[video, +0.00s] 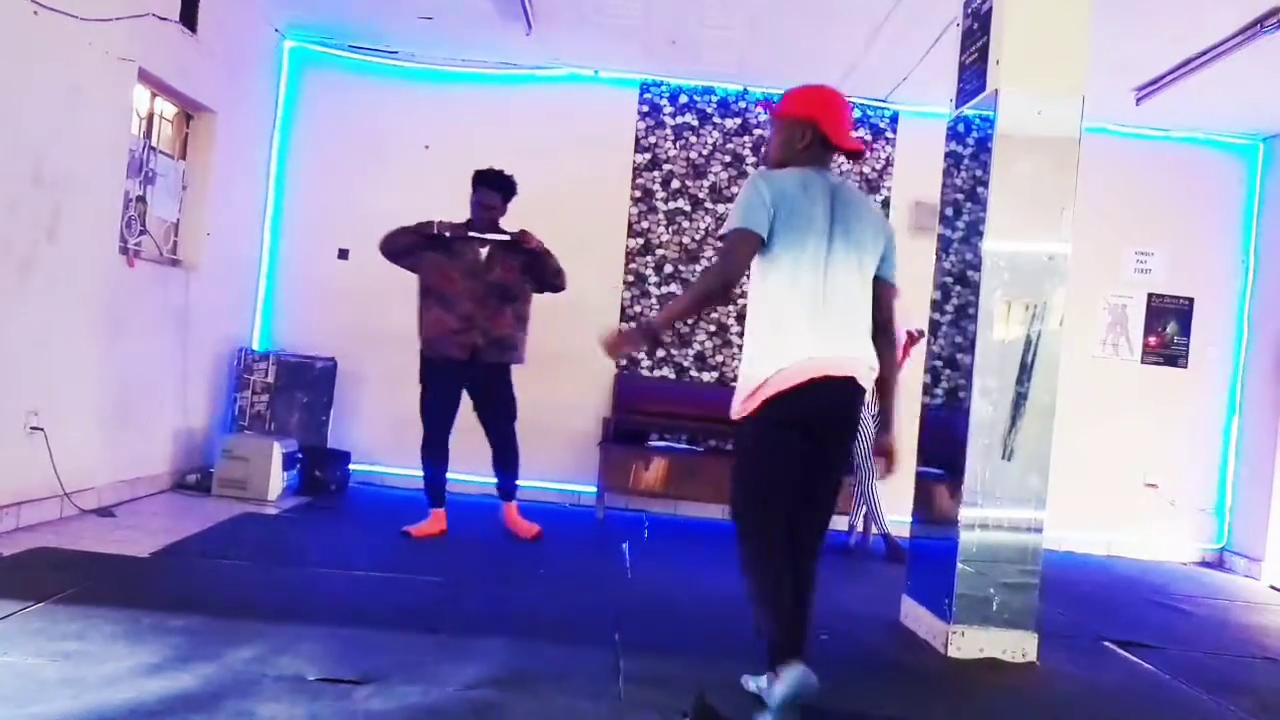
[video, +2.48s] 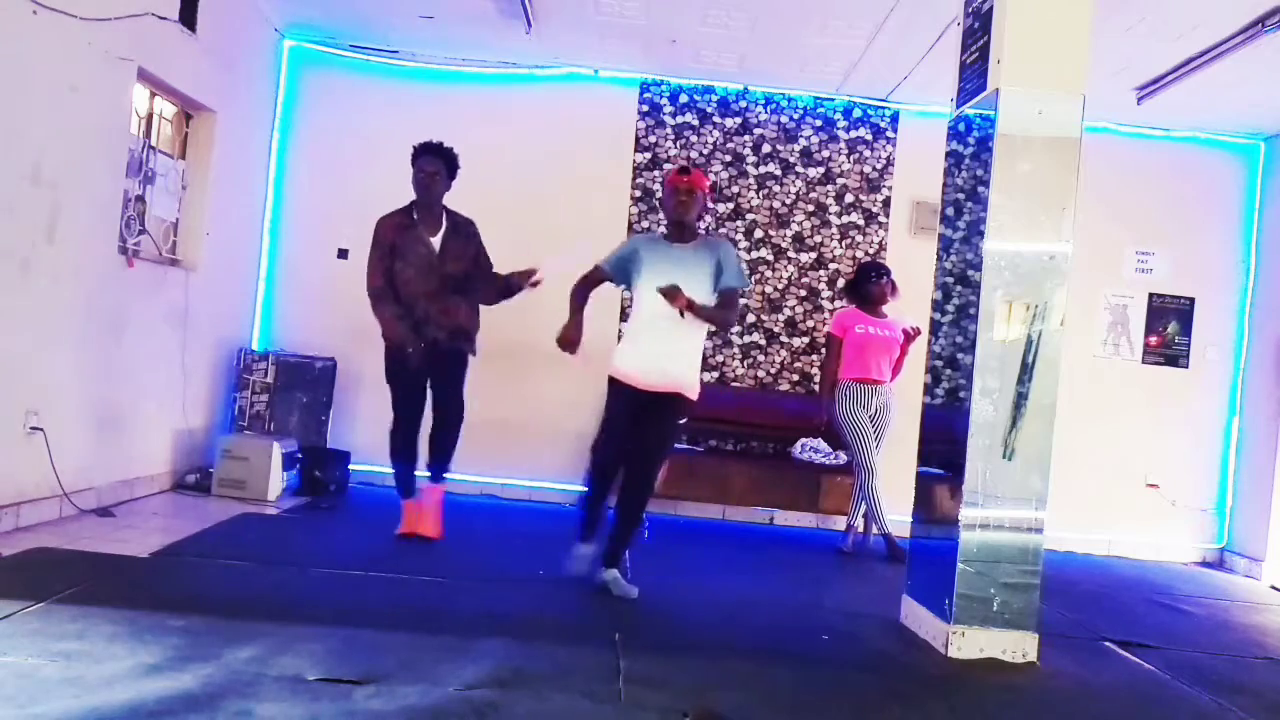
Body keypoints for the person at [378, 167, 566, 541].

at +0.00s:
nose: (483, 212)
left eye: (492, 207)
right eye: (479, 203)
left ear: (505, 208)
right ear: (471, 199)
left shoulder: (518, 253)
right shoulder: (439, 247)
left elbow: (556, 283)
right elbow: (390, 247)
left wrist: (537, 250)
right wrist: (431, 231)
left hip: (491, 363)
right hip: (442, 359)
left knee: (503, 434)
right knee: (435, 435)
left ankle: (510, 510)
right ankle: (436, 514)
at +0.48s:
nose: (460, 199)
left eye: (469, 193)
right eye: (455, 190)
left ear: (479, 196)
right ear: (444, 188)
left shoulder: (486, 247)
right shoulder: (412, 235)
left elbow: (522, 280)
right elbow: (358, 236)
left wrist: (514, 244)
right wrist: (403, 218)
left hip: (454, 353)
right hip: (411, 348)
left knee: (441, 426)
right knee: (415, 425)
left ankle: (427, 507)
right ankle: (428, 507)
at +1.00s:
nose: (438, 178)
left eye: (447, 172)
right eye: (433, 170)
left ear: (462, 180)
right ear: (425, 175)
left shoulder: (477, 231)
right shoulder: (408, 225)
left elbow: (494, 288)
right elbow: (390, 277)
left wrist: (470, 280)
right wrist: (387, 318)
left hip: (444, 353)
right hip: (400, 348)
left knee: (431, 435)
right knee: (387, 431)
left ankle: (423, 516)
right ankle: (388, 513)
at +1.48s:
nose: (440, 180)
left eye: (449, 174)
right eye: (435, 173)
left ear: (465, 183)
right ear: (426, 178)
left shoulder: (470, 239)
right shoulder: (398, 223)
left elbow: (478, 301)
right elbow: (383, 285)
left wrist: (505, 307)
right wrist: (400, 339)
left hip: (446, 344)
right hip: (399, 340)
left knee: (440, 418)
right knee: (401, 417)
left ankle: (407, 489)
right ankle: (414, 495)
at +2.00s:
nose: (421, 181)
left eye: (430, 174)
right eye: (416, 174)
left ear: (448, 181)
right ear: (411, 179)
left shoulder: (464, 237)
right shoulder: (400, 225)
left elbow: (460, 300)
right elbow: (373, 275)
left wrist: (445, 346)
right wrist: (379, 317)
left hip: (427, 353)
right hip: (386, 343)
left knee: (412, 428)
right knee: (359, 415)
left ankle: (410, 505)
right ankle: (380, 492)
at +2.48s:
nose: (423, 181)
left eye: (432, 176)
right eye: (418, 174)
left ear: (448, 181)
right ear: (411, 178)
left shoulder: (464, 230)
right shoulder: (390, 226)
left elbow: (479, 288)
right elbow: (378, 289)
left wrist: (514, 281)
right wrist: (403, 338)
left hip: (451, 344)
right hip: (406, 342)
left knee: (449, 417)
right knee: (407, 418)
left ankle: (435, 492)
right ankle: (407, 502)